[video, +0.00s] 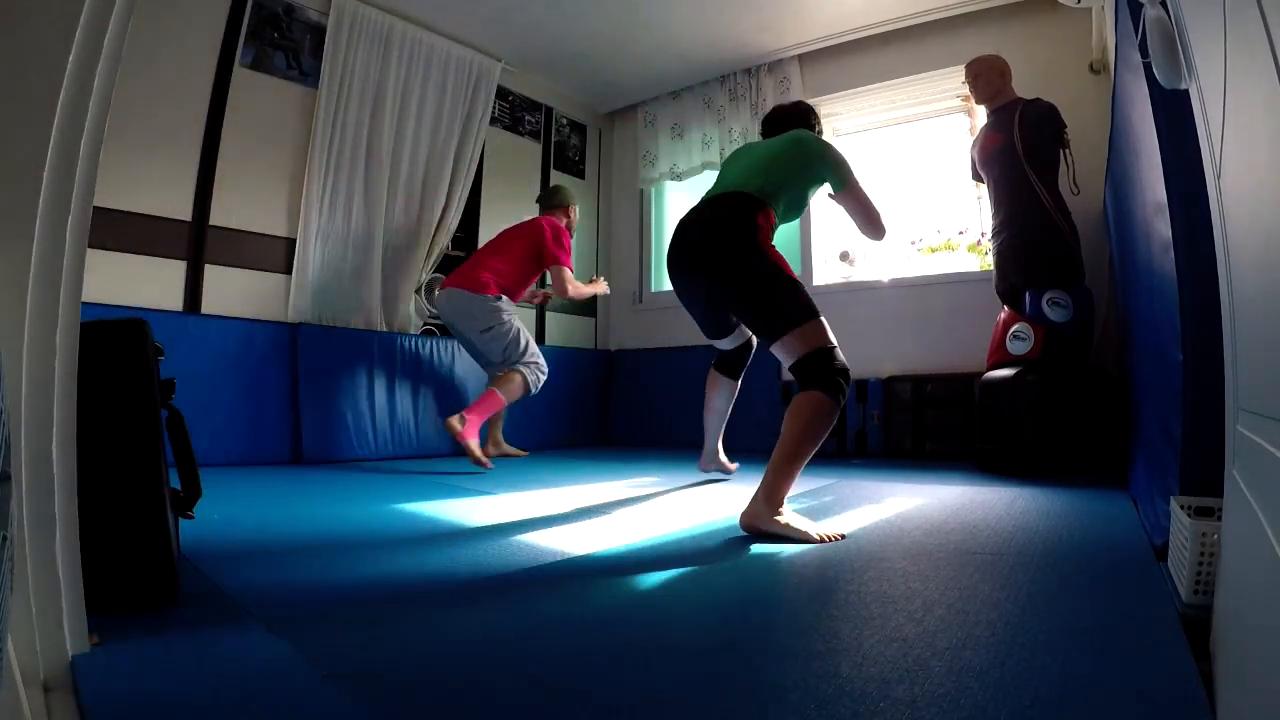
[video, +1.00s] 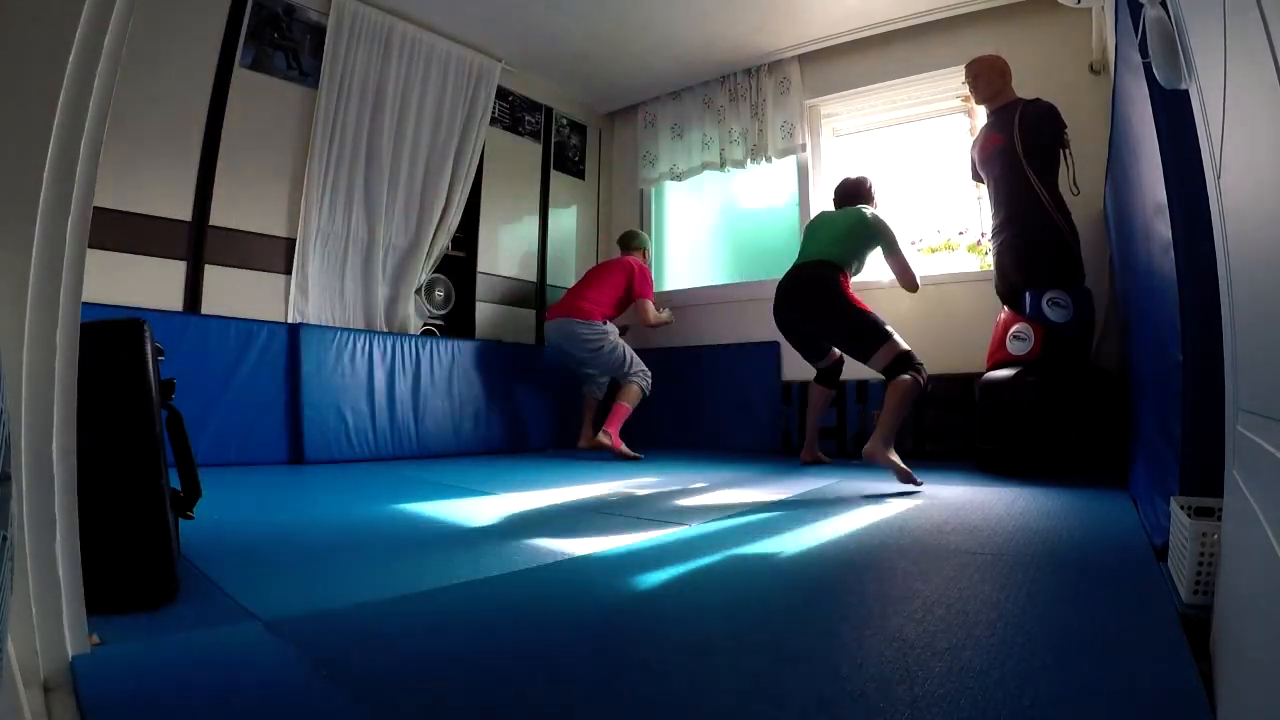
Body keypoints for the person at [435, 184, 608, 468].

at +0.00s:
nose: (576, 220)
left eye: (575, 214)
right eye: (577, 214)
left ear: (545, 210)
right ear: (570, 211)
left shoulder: (525, 228)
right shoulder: (555, 229)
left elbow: (489, 274)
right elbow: (566, 289)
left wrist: (524, 295)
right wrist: (594, 288)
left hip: (449, 295)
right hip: (480, 298)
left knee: (502, 367)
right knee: (533, 367)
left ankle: (495, 441)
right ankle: (468, 421)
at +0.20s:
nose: (602, 221)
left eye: (602, 216)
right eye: (602, 215)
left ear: (571, 212)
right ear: (596, 214)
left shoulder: (551, 228)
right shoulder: (584, 230)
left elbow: (525, 275)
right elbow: (596, 288)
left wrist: (559, 291)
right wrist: (618, 288)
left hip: (487, 298)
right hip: (515, 302)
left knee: (536, 362)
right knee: (561, 374)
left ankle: (527, 424)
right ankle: (511, 445)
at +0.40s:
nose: (621, 228)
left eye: (622, 223)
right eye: (621, 222)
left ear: (591, 219)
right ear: (615, 221)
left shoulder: (575, 238)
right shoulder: (603, 237)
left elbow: (549, 283)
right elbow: (618, 291)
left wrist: (586, 297)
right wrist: (642, 289)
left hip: (516, 307)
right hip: (544, 306)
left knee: (564, 367)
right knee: (597, 364)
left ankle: (555, 435)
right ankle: (547, 422)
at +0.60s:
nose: (638, 236)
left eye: (639, 231)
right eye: (638, 230)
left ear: (610, 225)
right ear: (633, 227)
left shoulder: (589, 242)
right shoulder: (623, 242)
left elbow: (566, 285)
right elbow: (636, 297)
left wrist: (600, 298)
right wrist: (657, 294)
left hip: (535, 308)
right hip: (565, 310)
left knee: (584, 360)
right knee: (617, 369)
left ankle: (572, 426)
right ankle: (584, 437)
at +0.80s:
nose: (645, 251)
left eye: (645, 247)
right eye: (645, 246)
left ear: (617, 242)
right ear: (641, 244)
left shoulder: (596, 259)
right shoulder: (631, 259)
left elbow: (578, 300)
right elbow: (645, 312)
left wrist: (606, 316)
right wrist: (663, 309)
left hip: (548, 321)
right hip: (579, 321)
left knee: (592, 374)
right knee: (636, 367)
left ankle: (586, 436)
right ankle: (598, 423)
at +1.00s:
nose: (649, 258)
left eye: (648, 254)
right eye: (649, 253)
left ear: (621, 251)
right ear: (644, 252)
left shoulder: (604, 266)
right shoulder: (638, 267)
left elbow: (583, 304)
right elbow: (649, 318)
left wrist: (611, 328)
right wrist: (664, 317)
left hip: (553, 324)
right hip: (586, 325)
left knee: (597, 375)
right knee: (639, 375)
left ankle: (586, 435)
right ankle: (610, 432)